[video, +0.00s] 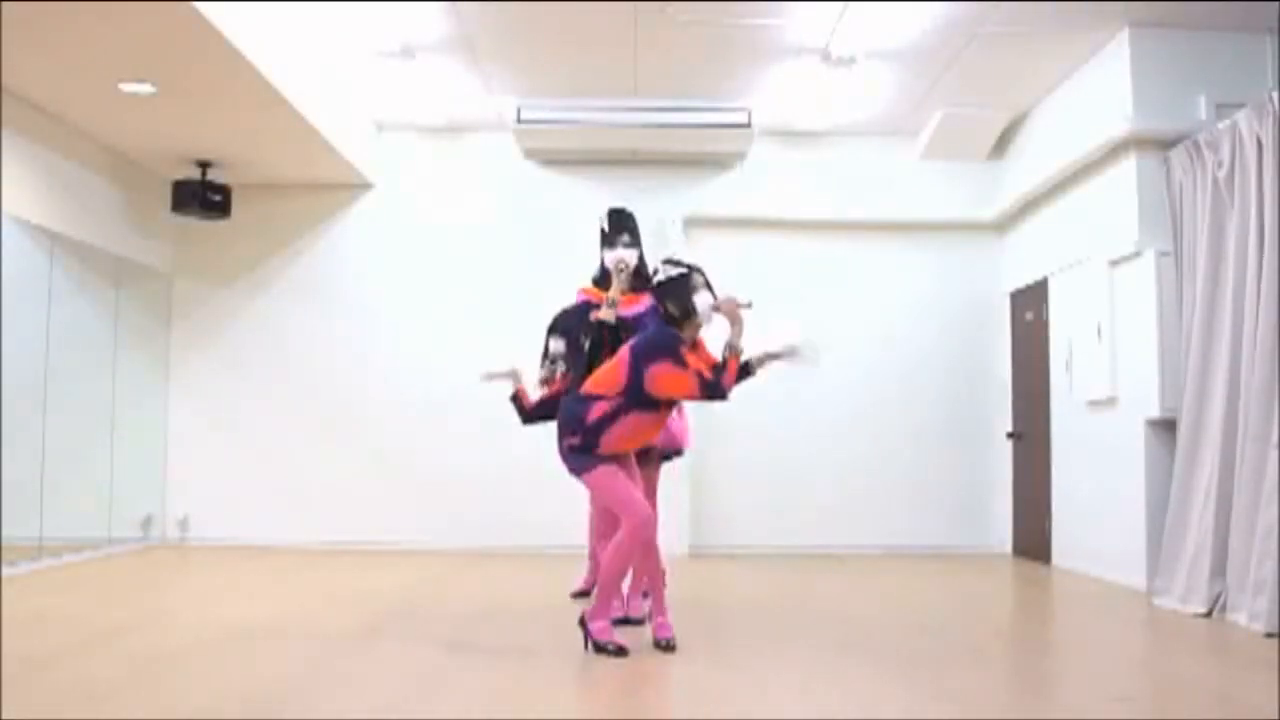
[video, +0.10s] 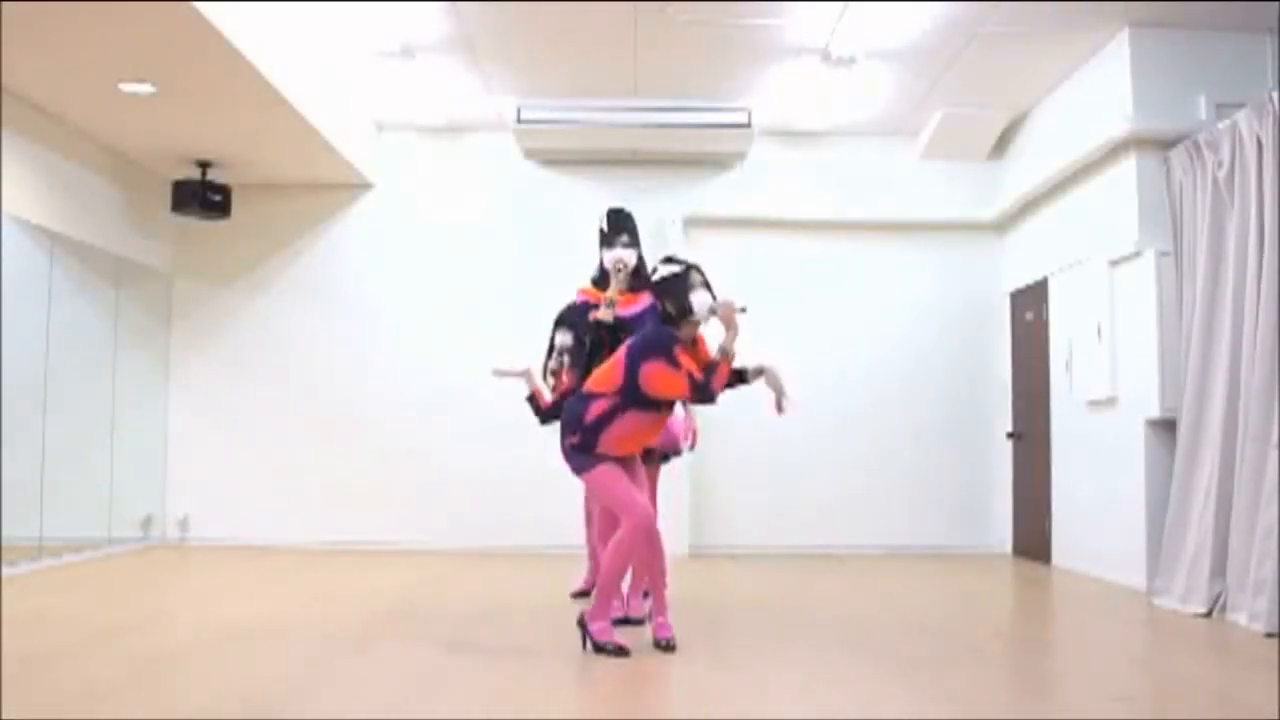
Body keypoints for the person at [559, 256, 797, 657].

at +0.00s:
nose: (710, 301)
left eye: (708, 292)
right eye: (701, 294)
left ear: (678, 305)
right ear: (682, 303)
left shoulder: (685, 344)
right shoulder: (657, 350)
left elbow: (720, 381)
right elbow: (715, 391)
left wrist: (768, 359)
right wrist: (734, 335)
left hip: (621, 440)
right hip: (585, 441)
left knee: (643, 524)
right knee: (637, 517)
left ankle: (658, 613)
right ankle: (597, 615)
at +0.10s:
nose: (705, 297)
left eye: (704, 288)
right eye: (695, 290)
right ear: (676, 301)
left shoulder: (688, 343)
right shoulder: (653, 345)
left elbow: (712, 381)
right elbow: (699, 393)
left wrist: (761, 373)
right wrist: (728, 342)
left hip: (627, 442)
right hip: (588, 441)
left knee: (646, 523)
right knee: (636, 517)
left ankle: (659, 613)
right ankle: (597, 616)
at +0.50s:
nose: (637, 229)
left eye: (646, 222)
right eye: (631, 219)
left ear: (662, 229)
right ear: (618, 221)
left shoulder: (675, 278)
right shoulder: (591, 271)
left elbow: (687, 299)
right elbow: (554, 304)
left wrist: (665, 263)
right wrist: (579, 340)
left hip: (657, 406)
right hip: (601, 404)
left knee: (646, 509)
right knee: (605, 501)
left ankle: (677, 608)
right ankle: (612, 610)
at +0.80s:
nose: (573, 257)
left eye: (585, 252)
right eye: (576, 249)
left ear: (601, 265)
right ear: (576, 261)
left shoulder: (610, 303)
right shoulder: (586, 306)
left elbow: (569, 349)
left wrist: (536, 315)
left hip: (651, 425)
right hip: (617, 424)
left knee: (613, 508)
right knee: (609, 515)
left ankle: (637, 614)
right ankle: (614, 617)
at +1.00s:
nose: (545, 280)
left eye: (557, 275)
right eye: (547, 271)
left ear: (576, 284)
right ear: (546, 276)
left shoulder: (590, 323)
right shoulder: (564, 323)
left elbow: (562, 373)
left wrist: (518, 344)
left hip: (647, 431)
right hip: (614, 430)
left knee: (605, 514)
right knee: (606, 519)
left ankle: (643, 613)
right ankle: (614, 614)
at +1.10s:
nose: (538, 277)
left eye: (549, 271)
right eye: (539, 269)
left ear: (568, 279)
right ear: (538, 274)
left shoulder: (582, 316)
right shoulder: (554, 320)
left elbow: (583, 371)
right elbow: (572, 368)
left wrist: (531, 356)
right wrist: (528, 355)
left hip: (641, 431)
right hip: (605, 431)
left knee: (603, 512)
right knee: (604, 520)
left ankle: (644, 613)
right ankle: (614, 618)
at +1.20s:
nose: (537, 265)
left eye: (548, 258)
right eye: (534, 256)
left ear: (565, 264)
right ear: (528, 260)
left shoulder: (583, 305)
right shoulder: (539, 314)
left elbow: (584, 360)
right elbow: (545, 359)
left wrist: (528, 363)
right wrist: (532, 379)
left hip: (632, 424)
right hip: (591, 424)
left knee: (595, 518)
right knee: (570, 512)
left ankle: (646, 614)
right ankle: (598, 614)